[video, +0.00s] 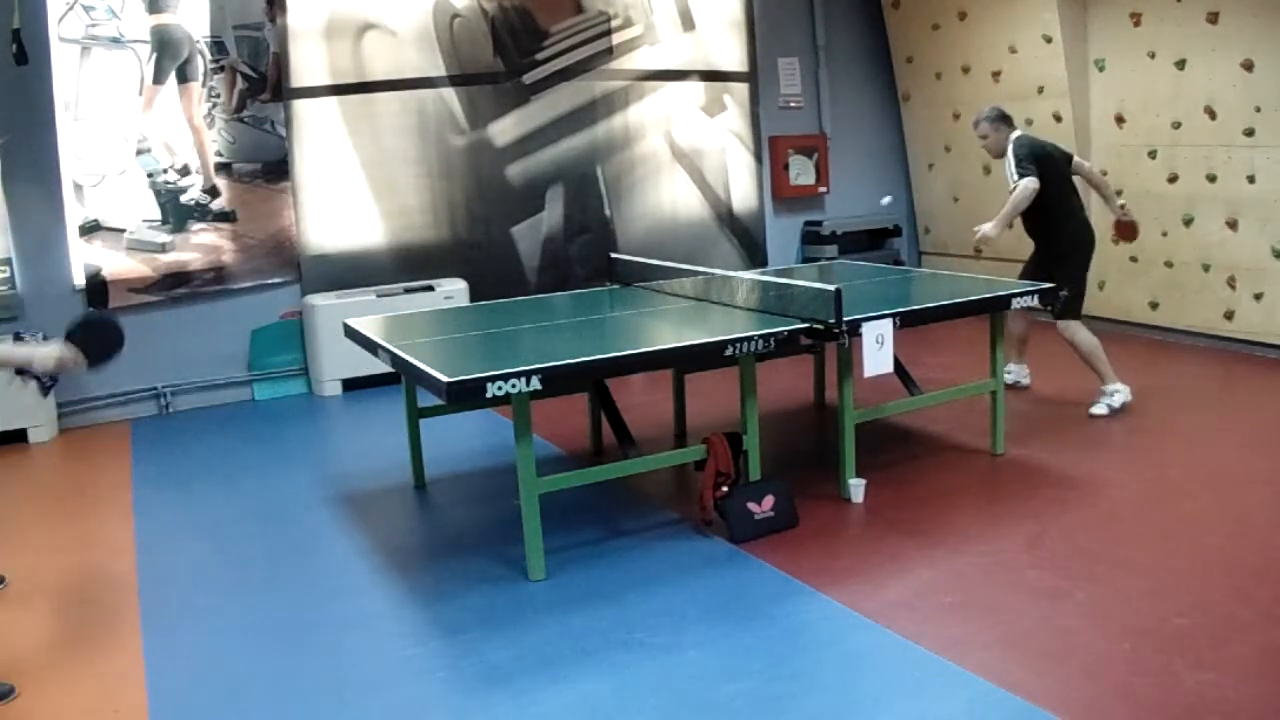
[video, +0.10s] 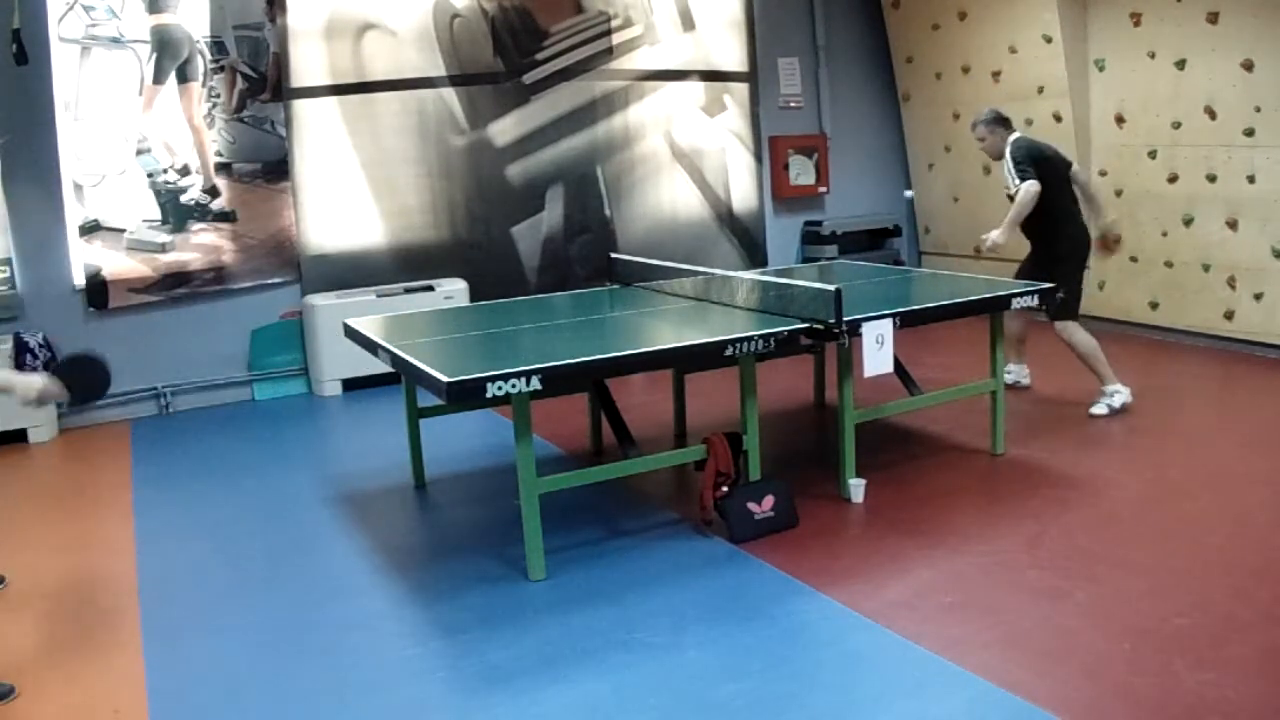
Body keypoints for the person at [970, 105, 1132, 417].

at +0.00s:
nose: (984, 146)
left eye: (985, 138)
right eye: (981, 140)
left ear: (1000, 130)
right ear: (1008, 129)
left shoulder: (1018, 148)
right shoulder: (1038, 145)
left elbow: (1029, 185)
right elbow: (1087, 171)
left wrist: (996, 225)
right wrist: (1116, 207)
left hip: (1069, 243)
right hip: (1052, 243)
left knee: (1067, 323)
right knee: (1017, 304)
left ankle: (1115, 387)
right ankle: (1016, 368)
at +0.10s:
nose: (982, 149)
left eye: (982, 142)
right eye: (979, 143)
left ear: (998, 133)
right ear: (1002, 133)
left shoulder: (1016, 151)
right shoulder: (1035, 146)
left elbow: (1030, 188)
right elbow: (1080, 177)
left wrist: (1004, 230)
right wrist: (1101, 222)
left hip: (1063, 246)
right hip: (1050, 245)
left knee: (1063, 323)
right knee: (1013, 305)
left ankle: (1115, 389)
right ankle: (1016, 368)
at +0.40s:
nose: (1017, 111)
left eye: (1021, 105)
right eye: (1014, 105)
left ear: (1040, 101)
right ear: (1017, 105)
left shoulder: (1064, 132)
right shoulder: (1015, 130)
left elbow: (1088, 179)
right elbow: (984, 149)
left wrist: (1066, 218)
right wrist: (945, 135)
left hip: (1067, 232)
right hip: (1031, 232)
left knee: (1084, 305)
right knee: (1015, 300)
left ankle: (1113, 381)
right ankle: (1014, 367)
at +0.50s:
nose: (1039, 110)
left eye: (1045, 103)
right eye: (1036, 103)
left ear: (1065, 103)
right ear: (1034, 102)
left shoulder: (1085, 136)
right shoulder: (1030, 128)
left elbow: (1103, 185)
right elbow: (994, 156)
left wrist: (1090, 227)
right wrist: (956, 155)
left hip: (1071, 235)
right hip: (1031, 233)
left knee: (1087, 308)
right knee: (1015, 300)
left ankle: (1108, 377)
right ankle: (1009, 362)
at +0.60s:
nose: (1056, 115)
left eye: (1063, 110)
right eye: (1053, 108)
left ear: (1081, 110)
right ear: (1051, 106)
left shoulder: (1098, 145)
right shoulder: (1040, 133)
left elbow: (1117, 192)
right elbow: (1010, 162)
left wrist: (1107, 234)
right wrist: (979, 175)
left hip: (1079, 242)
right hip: (1036, 239)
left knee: (1094, 313)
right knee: (1017, 304)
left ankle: (1107, 379)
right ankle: (1007, 363)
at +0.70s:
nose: (1064, 116)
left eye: (1071, 110)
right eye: (1061, 109)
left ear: (1089, 111)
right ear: (1057, 108)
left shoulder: (1105, 148)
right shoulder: (1043, 134)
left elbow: (1122, 195)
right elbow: (1018, 167)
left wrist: (1118, 237)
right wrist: (997, 190)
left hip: (1085, 243)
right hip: (1040, 238)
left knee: (1099, 312)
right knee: (1018, 303)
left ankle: (1108, 379)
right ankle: (1008, 364)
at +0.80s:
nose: (1062, 111)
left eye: (1070, 105)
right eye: (1059, 104)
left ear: (1086, 106)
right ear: (1055, 104)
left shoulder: (1104, 145)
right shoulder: (1040, 133)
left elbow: (1122, 189)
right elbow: (1019, 168)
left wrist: (1121, 233)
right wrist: (1004, 196)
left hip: (1083, 242)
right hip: (1039, 237)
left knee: (1098, 312)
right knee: (1016, 304)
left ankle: (1108, 379)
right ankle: (1010, 366)